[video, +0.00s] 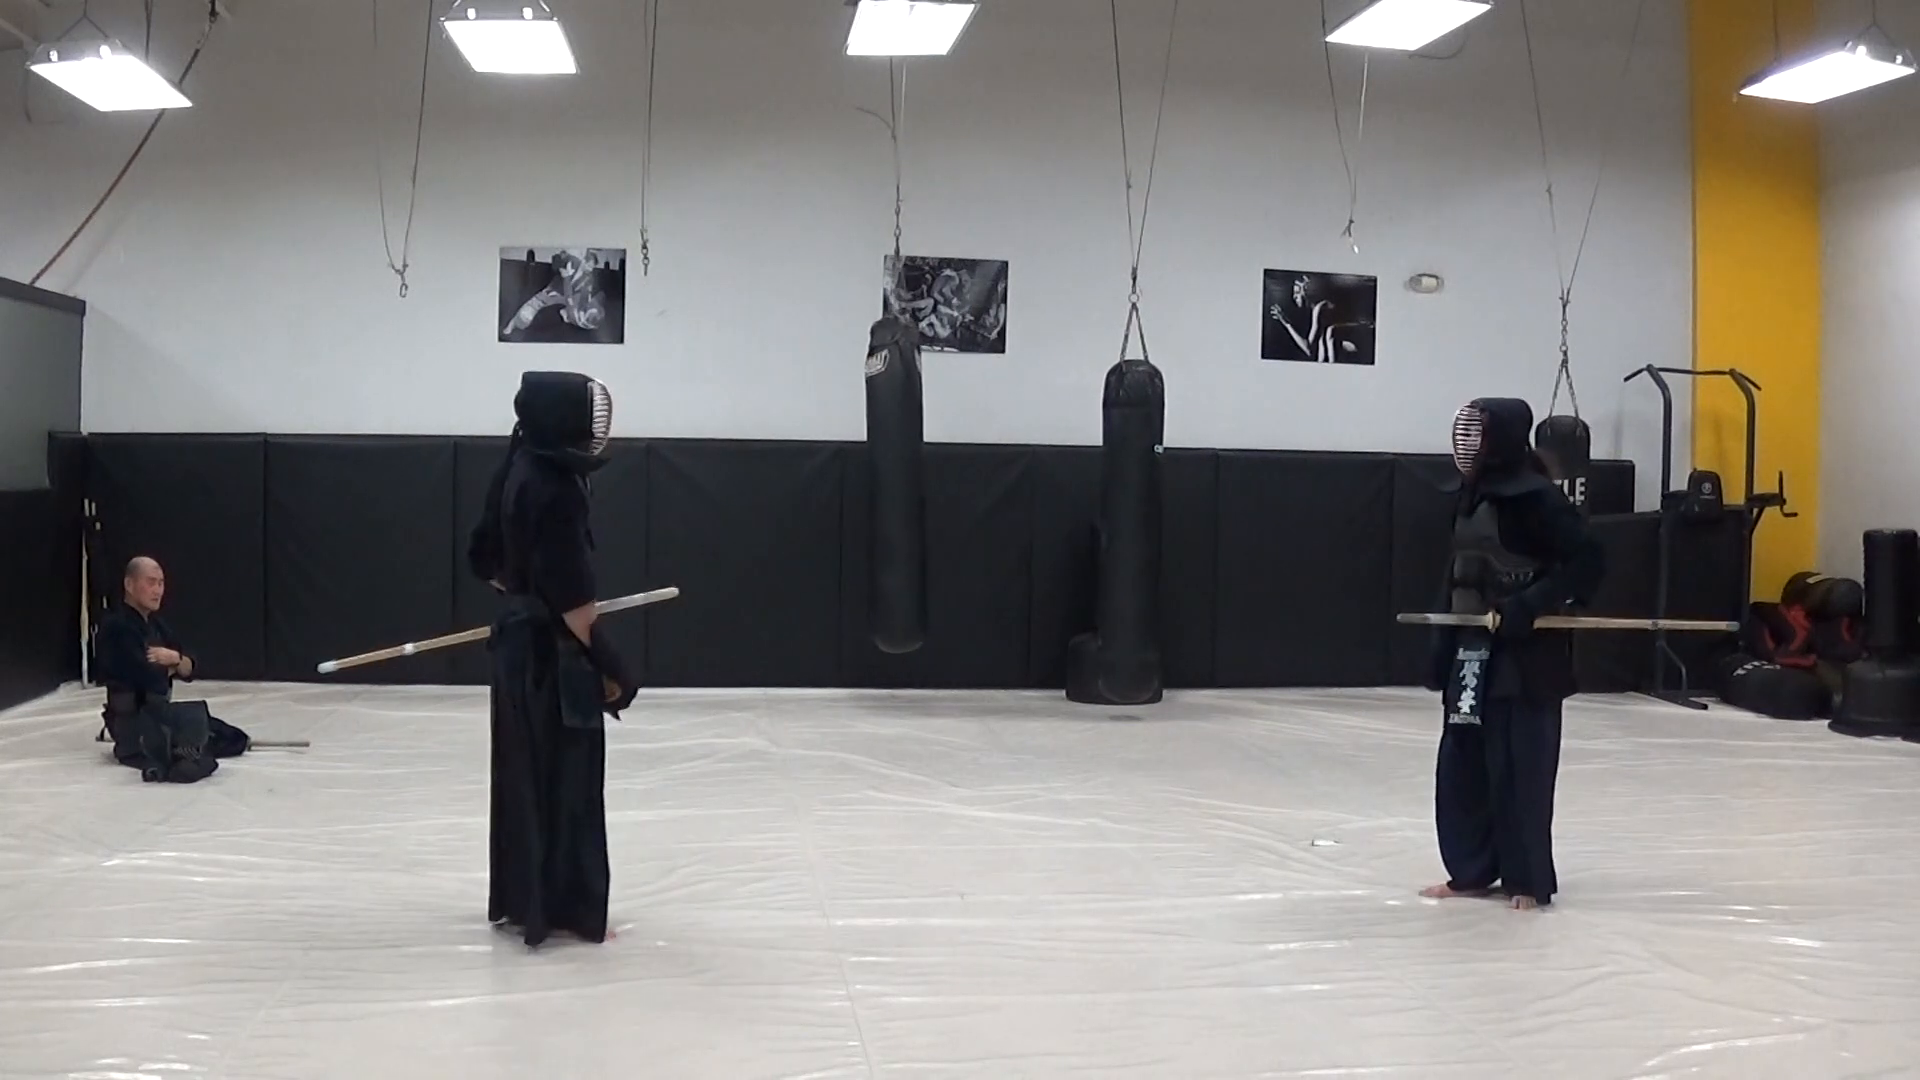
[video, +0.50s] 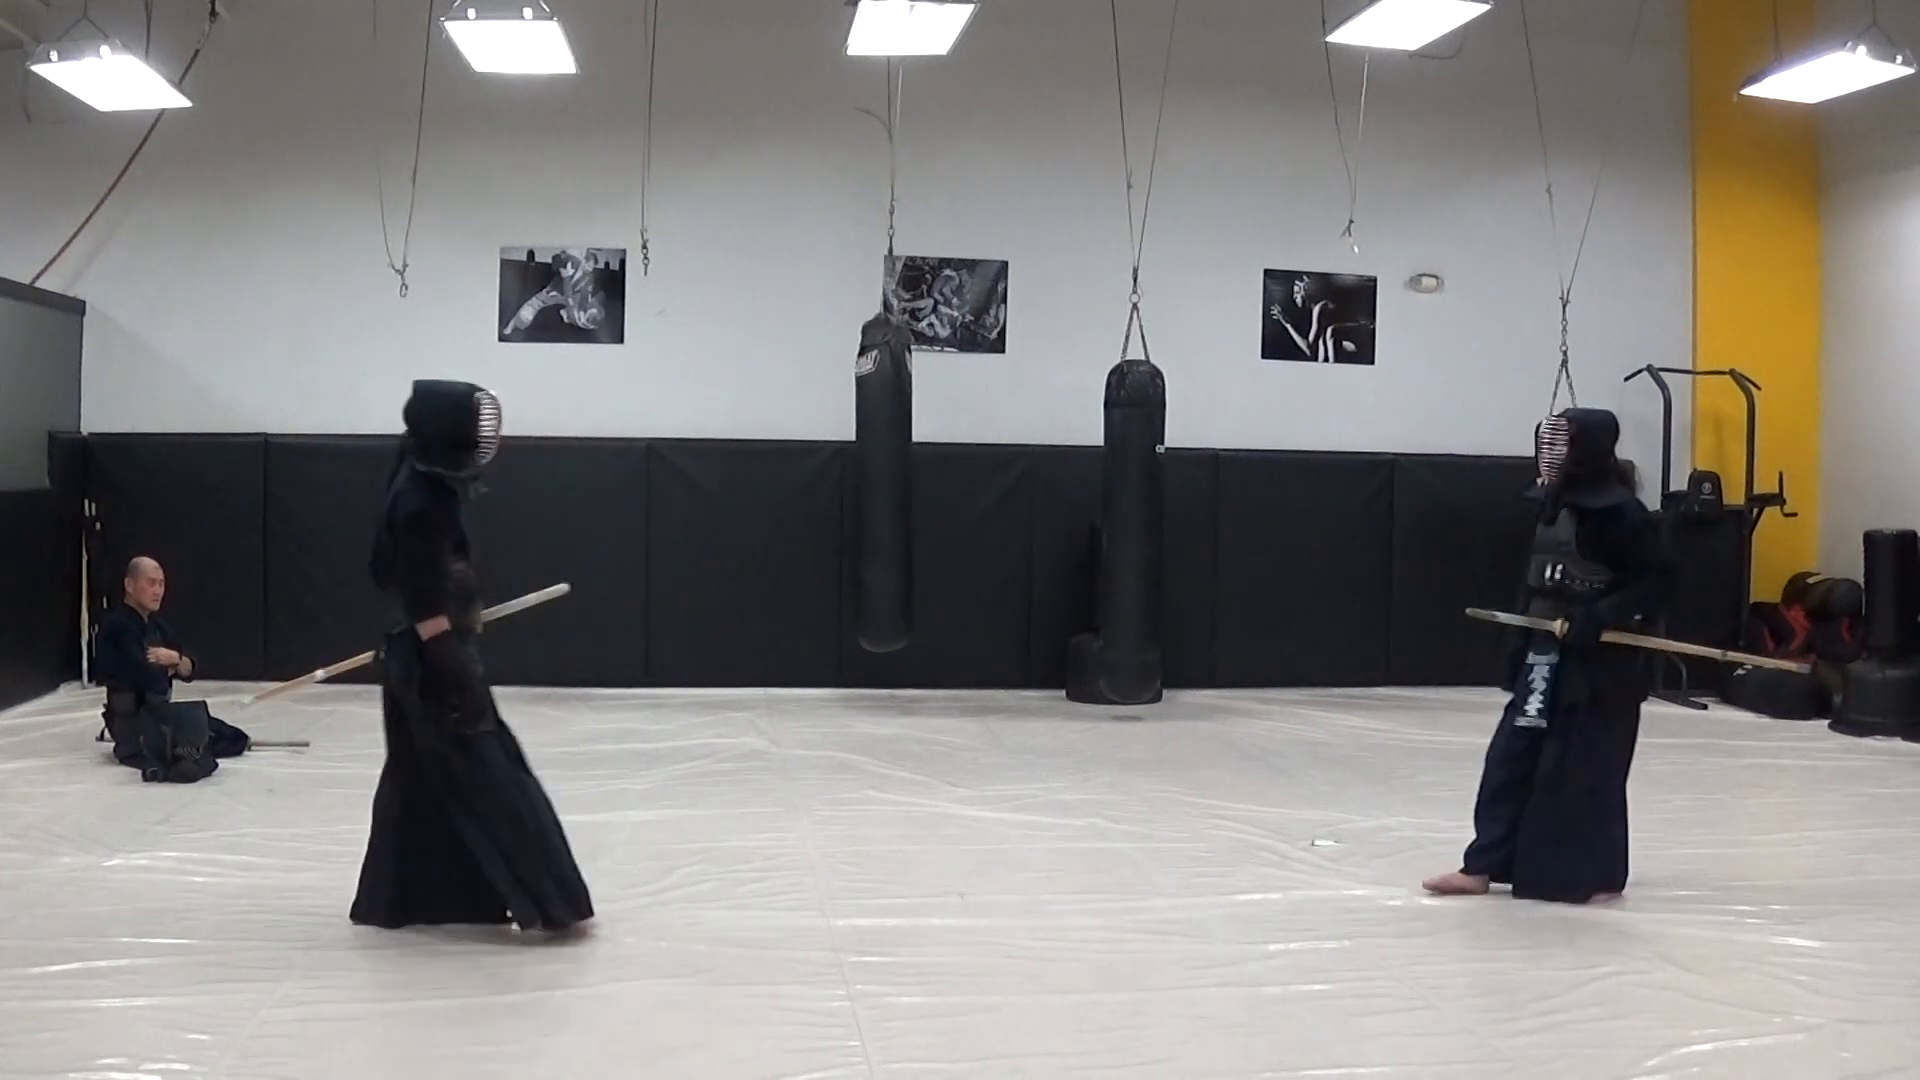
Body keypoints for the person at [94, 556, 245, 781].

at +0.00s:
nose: (158, 590)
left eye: (161, 584)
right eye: (151, 582)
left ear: (164, 586)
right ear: (129, 585)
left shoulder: (157, 623)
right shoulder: (116, 626)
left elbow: (190, 671)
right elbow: (144, 679)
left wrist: (176, 658)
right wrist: (173, 667)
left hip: (161, 719)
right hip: (130, 728)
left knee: (236, 740)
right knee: (200, 761)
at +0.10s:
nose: (158, 590)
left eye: (161, 583)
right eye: (151, 582)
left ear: (164, 586)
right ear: (129, 585)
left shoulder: (156, 623)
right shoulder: (116, 626)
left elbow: (191, 671)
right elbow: (148, 681)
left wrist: (176, 658)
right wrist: (174, 667)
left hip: (160, 719)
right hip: (130, 727)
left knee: (236, 741)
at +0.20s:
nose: (159, 590)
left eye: (161, 584)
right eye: (152, 582)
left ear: (165, 586)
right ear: (129, 585)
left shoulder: (157, 623)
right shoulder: (115, 625)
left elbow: (191, 671)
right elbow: (144, 679)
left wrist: (176, 658)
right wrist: (173, 667)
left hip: (161, 719)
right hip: (130, 728)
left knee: (235, 740)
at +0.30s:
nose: (158, 590)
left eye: (161, 584)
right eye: (151, 583)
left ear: (165, 586)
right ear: (129, 585)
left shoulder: (157, 623)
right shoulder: (116, 626)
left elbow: (190, 671)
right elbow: (146, 679)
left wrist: (176, 658)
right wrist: (174, 667)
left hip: (162, 717)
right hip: (130, 726)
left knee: (236, 740)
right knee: (201, 759)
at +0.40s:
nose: (158, 590)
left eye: (161, 584)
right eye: (151, 583)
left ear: (165, 586)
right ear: (129, 585)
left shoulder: (157, 623)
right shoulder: (116, 625)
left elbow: (190, 671)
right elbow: (146, 679)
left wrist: (176, 658)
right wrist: (173, 666)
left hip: (162, 717)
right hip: (130, 725)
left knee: (236, 740)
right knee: (201, 759)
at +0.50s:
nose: (158, 591)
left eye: (161, 584)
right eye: (151, 583)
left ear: (164, 586)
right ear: (129, 585)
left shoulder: (156, 624)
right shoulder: (117, 625)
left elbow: (190, 671)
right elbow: (150, 683)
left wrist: (176, 658)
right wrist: (173, 667)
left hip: (161, 720)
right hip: (130, 728)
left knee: (236, 740)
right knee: (199, 759)